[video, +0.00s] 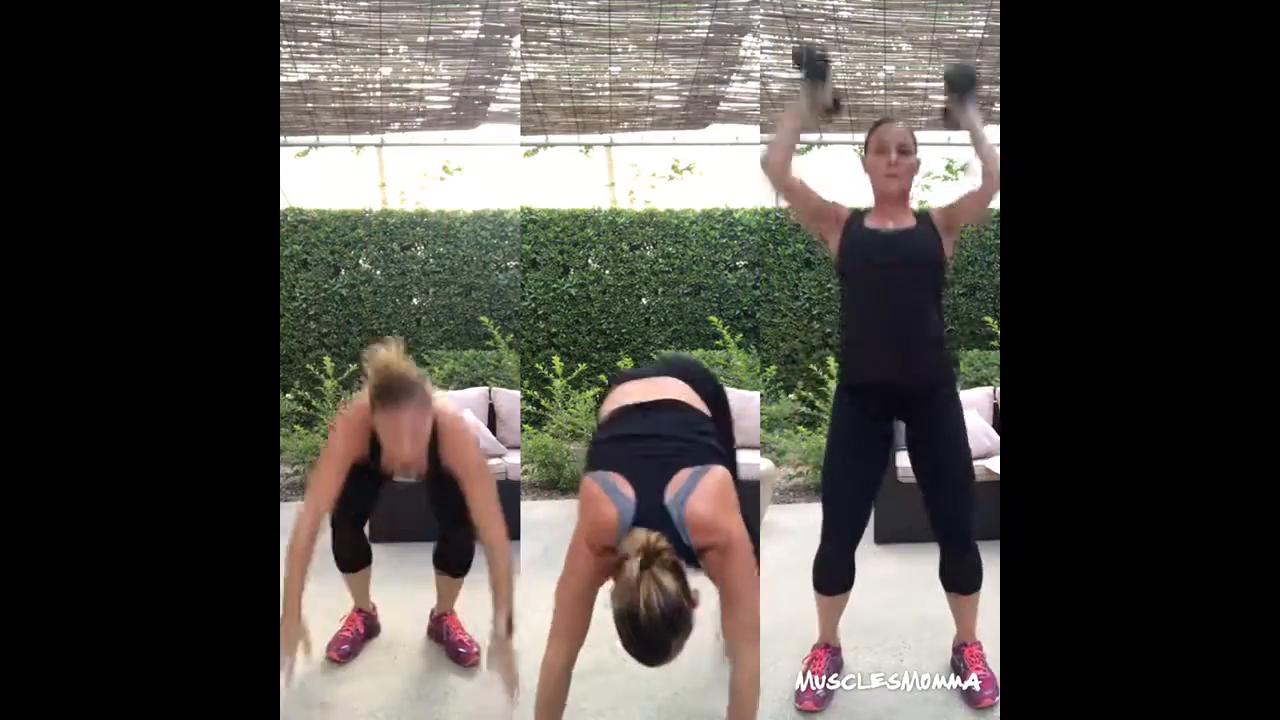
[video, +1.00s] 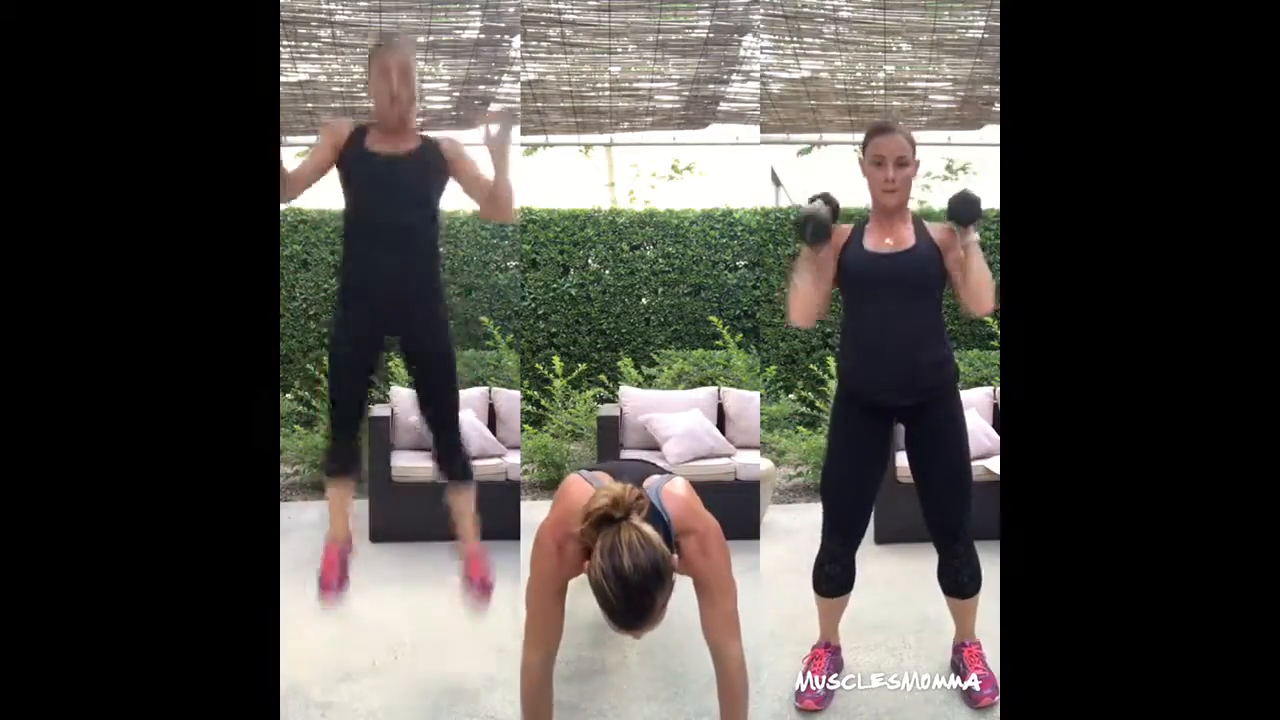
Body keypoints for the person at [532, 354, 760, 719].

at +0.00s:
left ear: (692, 600)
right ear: (614, 586)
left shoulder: (720, 529)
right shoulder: (595, 532)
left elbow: (745, 659)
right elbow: (560, 653)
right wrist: (544, 715)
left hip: (694, 384)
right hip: (617, 394)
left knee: (735, 547)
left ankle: (734, 631)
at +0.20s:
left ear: (664, 603)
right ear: (584, 584)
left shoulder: (700, 533)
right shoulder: (566, 531)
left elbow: (729, 658)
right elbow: (544, 653)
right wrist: (540, 714)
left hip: (681, 412)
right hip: (607, 409)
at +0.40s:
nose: (627, 630)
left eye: (641, 616)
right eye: (614, 622)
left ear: (663, 560)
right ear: (581, 558)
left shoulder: (695, 526)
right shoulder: (561, 525)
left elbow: (723, 648)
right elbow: (541, 651)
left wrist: (732, 715)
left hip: (668, 481)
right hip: (592, 477)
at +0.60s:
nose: (630, 636)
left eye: (645, 623)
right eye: (616, 629)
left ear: (666, 568)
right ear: (582, 567)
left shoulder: (695, 528)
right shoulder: (557, 530)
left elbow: (723, 651)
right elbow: (539, 655)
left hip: (664, 481)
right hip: (585, 481)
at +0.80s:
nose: (637, 638)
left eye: (650, 628)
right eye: (624, 633)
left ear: (670, 566)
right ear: (587, 569)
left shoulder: (696, 529)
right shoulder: (557, 532)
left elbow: (724, 650)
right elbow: (539, 655)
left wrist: (732, 716)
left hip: (664, 479)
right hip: (587, 480)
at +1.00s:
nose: (637, 636)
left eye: (651, 626)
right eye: (625, 631)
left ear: (671, 565)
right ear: (589, 566)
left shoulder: (700, 530)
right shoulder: (558, 534)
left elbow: (728, 651)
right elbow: (538, 656)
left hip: (665, 483)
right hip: (588, 482)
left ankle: (673, 562)